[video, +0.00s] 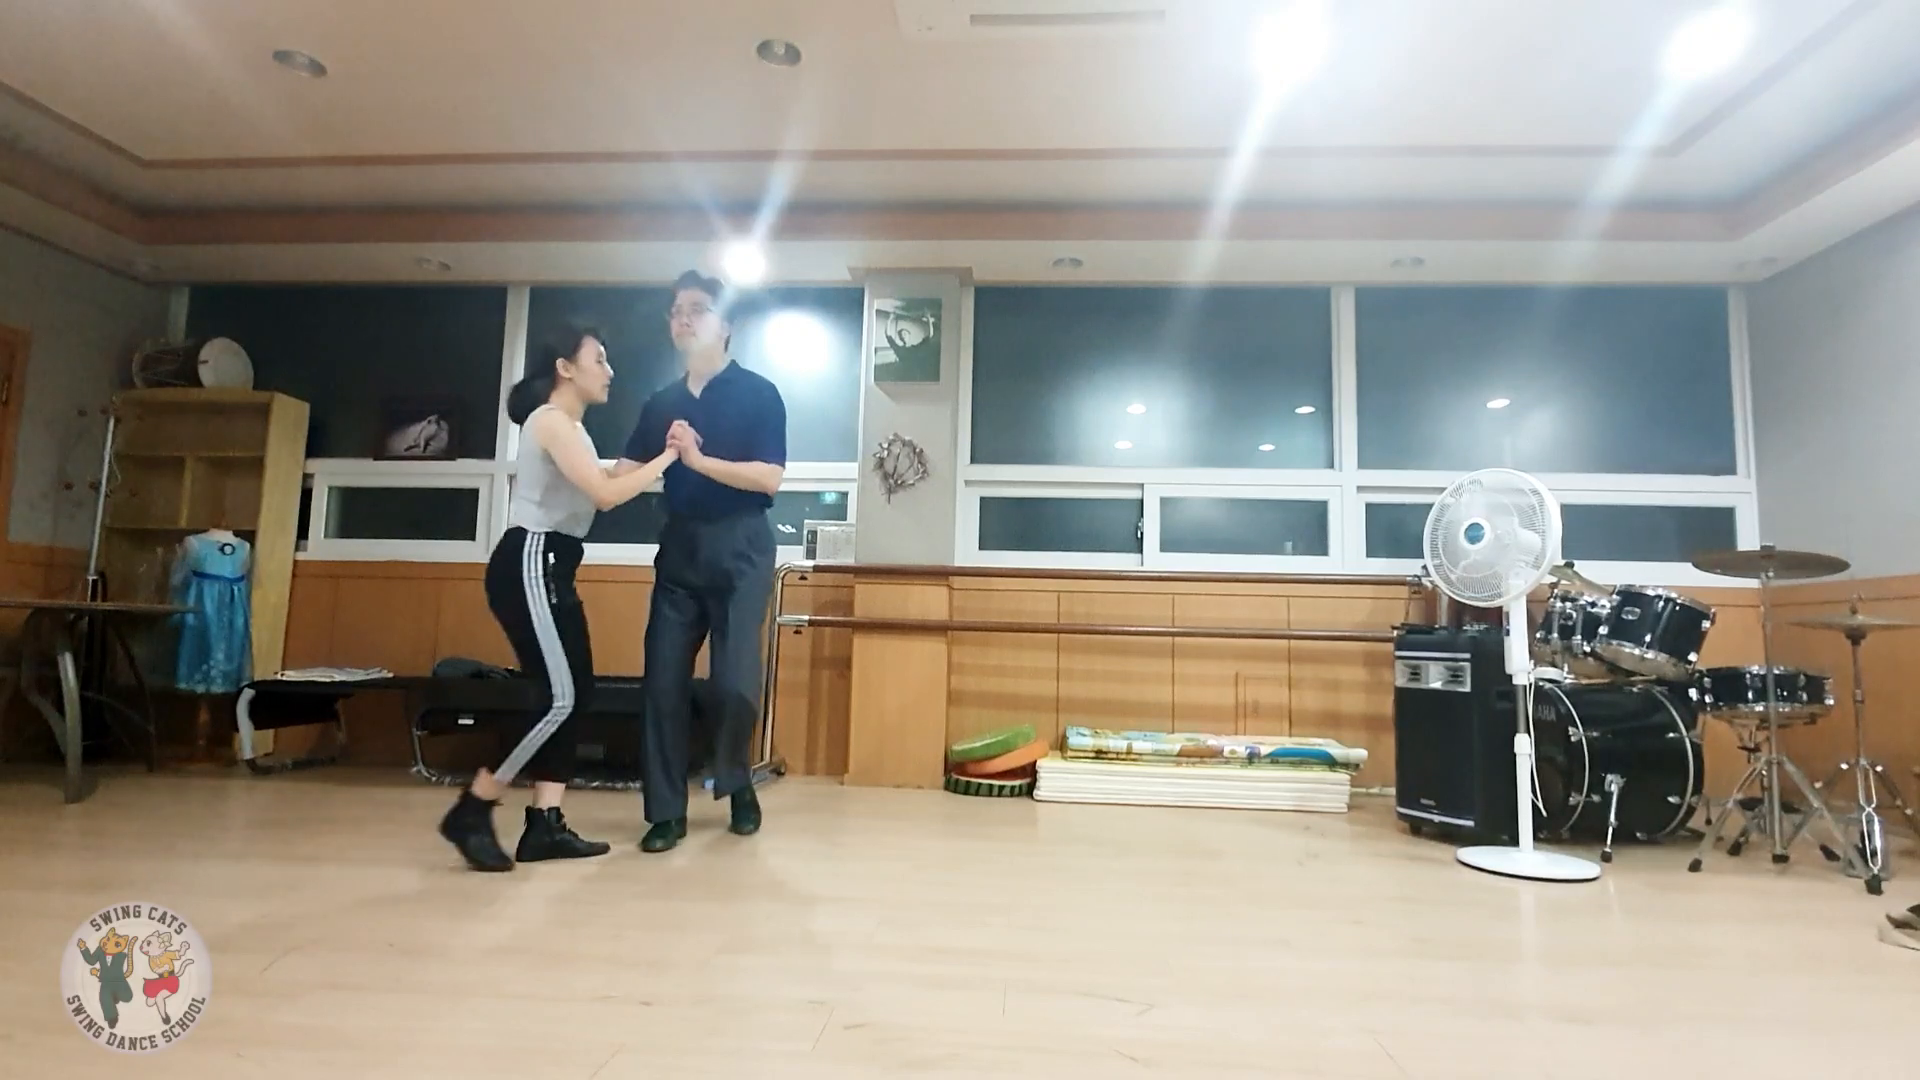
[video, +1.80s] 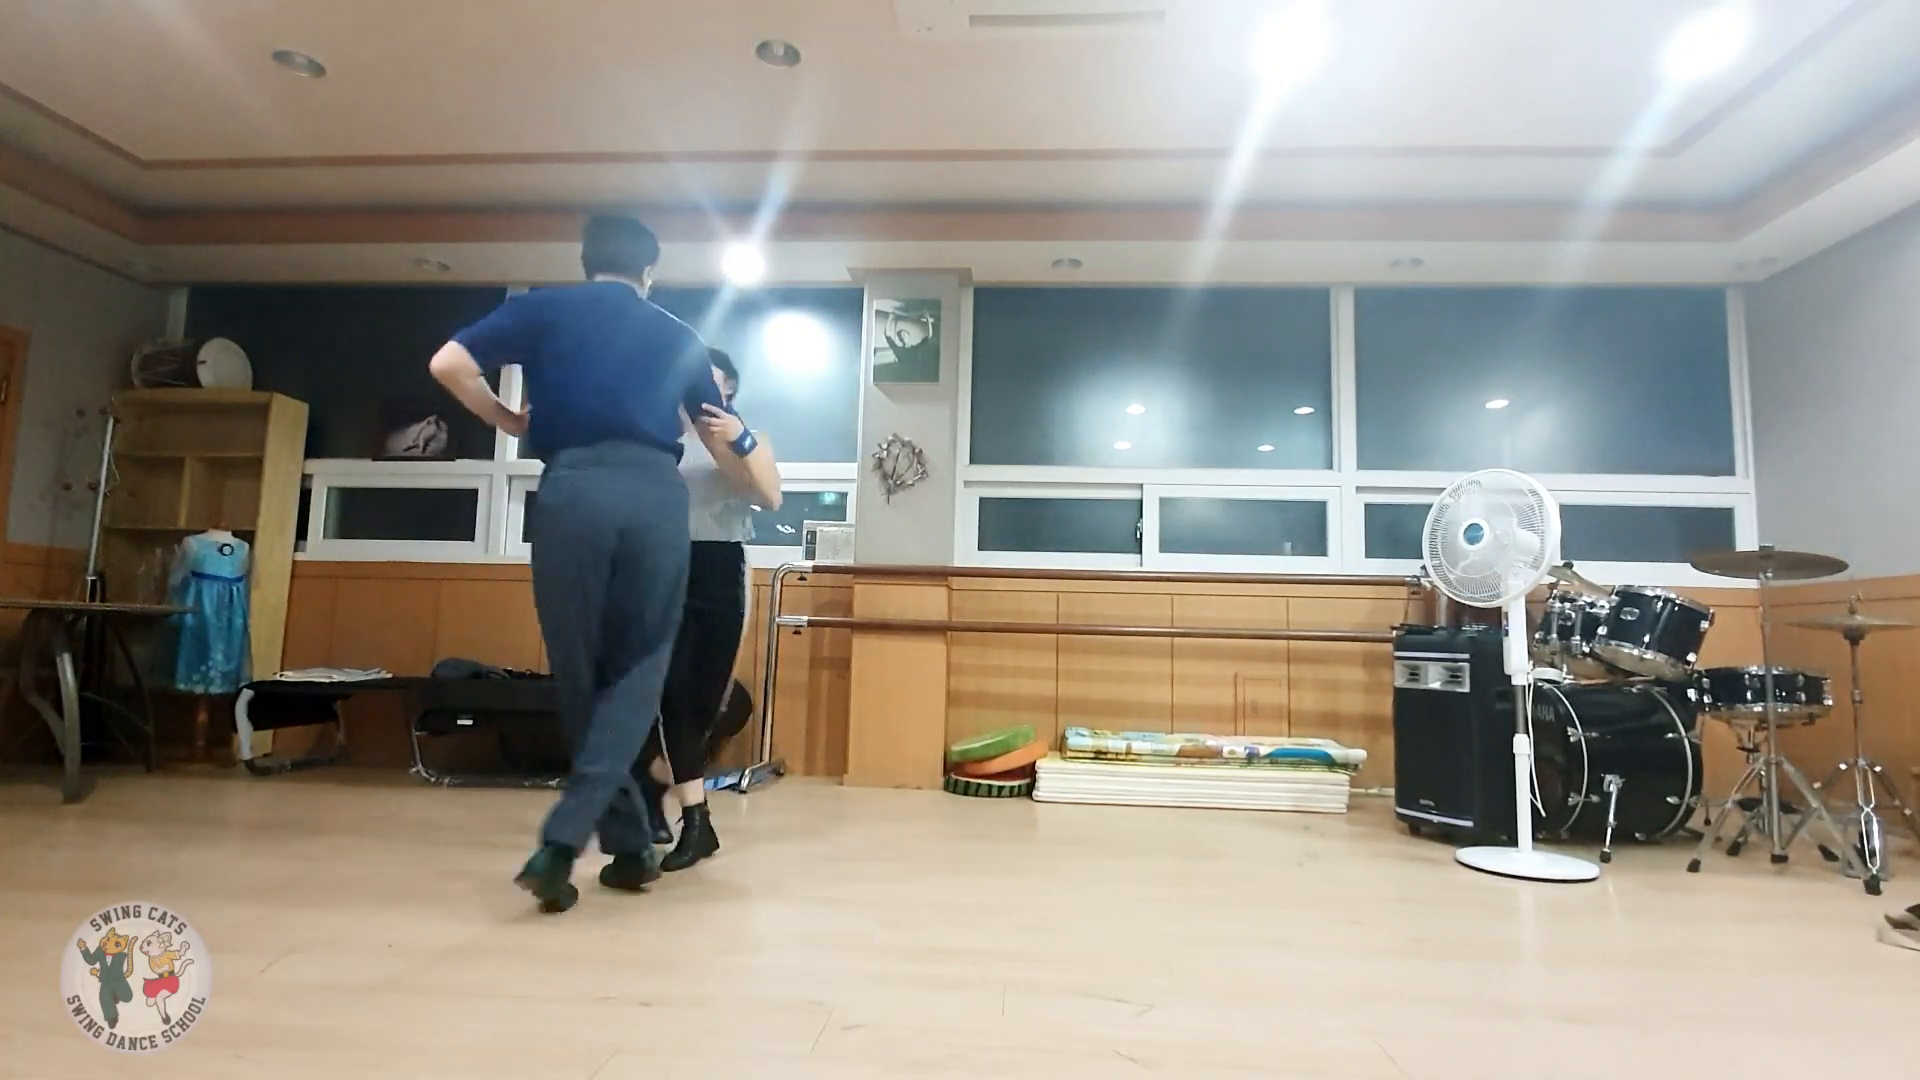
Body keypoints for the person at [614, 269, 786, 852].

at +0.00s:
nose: (680, 319)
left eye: (695, 311)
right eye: (676, 311)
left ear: (725, 323)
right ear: (671, 323)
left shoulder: (759, 393)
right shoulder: (662, 403)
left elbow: (770, 479)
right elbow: (629, 474)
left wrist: (697, 459)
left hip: (743, 549)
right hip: (680, 551)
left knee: (736, 685)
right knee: (663, 684)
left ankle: (738, 783)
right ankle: (665, 815)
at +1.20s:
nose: (643, 296)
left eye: (653, 284)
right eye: (644, 287)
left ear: (691, 288)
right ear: (677, 294)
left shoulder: (718, 341)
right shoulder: (684, 365)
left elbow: (734, 395)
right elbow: (690, 461)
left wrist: (656, 423)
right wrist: (638, 483)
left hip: (737, 524)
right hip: (709, 527)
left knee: (692, 680)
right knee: (695, 677)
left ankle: (668, 845)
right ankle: (715, 799)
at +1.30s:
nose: (622, 285)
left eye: (634, 272)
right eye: (625, 274)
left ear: (671, 280)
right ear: (668, 284)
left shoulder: (692, 329)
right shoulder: (683, 343)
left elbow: (679, 375)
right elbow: (716, 448)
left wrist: (609, 412)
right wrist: (649, 484)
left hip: (717, 521)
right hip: (716, 520)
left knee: (672, 676)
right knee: (710, 668)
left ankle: (664, 846)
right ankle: (721, 794)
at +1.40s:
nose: (609, 278)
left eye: (617, 267)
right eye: (613, 267)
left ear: (642, 274)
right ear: (663, 280)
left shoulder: (650, 317)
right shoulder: (682, 330)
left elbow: (615, 360)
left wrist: (577, 405)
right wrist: (605, 410)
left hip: (688, 520)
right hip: (724, 515)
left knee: (650, 680)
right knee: (728, 670)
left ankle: (661, 849)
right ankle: (755, 802)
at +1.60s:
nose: (607, 277)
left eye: (606, 267)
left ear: (605, 270)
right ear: (664, 275)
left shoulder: (584, 315)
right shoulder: (690, 346)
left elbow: (511, 358)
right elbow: (711, 446)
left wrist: (539, 429)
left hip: (630, 497)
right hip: (700, 498)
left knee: (610, 678)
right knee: (714, 678)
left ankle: (653, 850)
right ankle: (753, 821)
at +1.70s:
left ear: (596, 261)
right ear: (657, 272)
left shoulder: (560, 308)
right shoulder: (688, 342)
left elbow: (475, 359)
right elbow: (721, 447)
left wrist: (513, 415)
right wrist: (731, 472)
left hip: (602, 495)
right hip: (681, 500)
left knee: (599, 680)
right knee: (676, 679)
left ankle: (639, 845)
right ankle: (661, 824)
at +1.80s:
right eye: (645, 262)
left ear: (585, 260)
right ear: (648, 268)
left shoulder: (543, 309)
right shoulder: (680, 336)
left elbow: (449, 362)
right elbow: (720, 436)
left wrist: (508, 419)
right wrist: (753, 481)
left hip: (573, 489)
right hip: (656, 493)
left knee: (582, 674)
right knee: (639, 667)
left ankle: (631, 846)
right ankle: (561, 843)